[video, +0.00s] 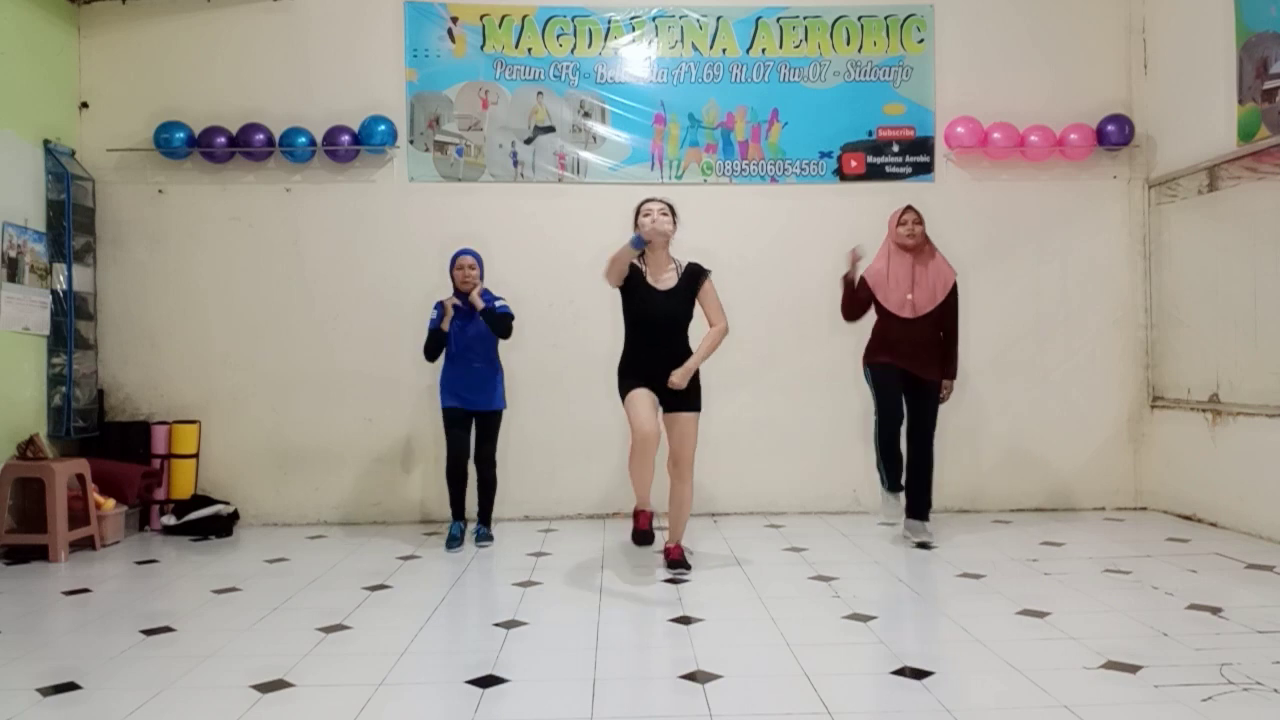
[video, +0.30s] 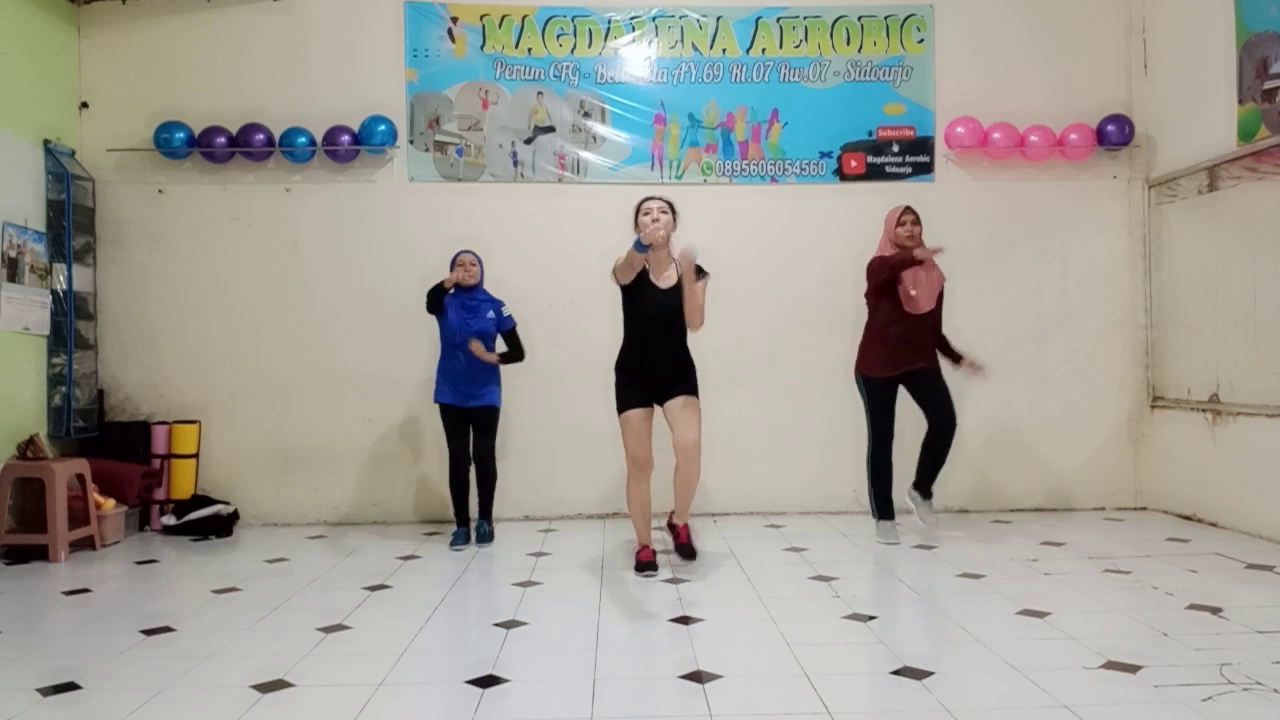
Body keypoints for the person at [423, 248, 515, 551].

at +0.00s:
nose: (466, 272)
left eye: (472, 267)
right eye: (460, 268)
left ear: (481, 273)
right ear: (452, 274)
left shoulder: (493, 302)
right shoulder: (443, 308)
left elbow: (505, 331)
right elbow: (431, 354)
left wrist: (478, 303)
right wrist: (445, 318)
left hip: (489, 394)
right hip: (455, 394)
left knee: (484, 459)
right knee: (457, 458)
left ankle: (484, 524)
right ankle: (457, 522)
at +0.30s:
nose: (467, 269)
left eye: (472, 265)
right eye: (461, 266)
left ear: (481, 272)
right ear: (452, 274)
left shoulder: (494, 306)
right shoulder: (445, 302)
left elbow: (518, 353)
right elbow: (432, 304)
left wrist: (493, 357)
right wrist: (444, 284)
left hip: (485, 393)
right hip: (451, 392)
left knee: (484, 457)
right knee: (458, 459)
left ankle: (484, 522)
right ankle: (462, 526)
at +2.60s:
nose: (478, 264)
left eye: (484, 261)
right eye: (472, 260)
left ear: (493, 269)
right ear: (464, 269)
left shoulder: (507, 304)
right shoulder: (452, 305)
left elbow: (518, 347)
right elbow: (431, 353)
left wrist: (523, 386)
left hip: (497, 391)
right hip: (463, 392)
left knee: (494, 460)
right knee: (468, 459)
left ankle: (493, 525)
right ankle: (471, 525)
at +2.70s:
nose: (477, 271)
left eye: (484, 267)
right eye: (472, 267)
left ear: (493, 276)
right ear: (464, 275)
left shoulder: (506, 309)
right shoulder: (454, 311)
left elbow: (522, 354)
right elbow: (429, 353)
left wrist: (534, 397)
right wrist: (432, 321)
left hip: (498, 398)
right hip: (463, 399)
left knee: (494, 464)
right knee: (470, 465)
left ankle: (493, 527)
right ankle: (472, 527)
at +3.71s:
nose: (484, 273)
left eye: (490, 270)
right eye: (479, 268)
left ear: (497, 275)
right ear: (470, 273)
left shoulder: (507, 302)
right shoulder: (460, 301)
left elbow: (509, 301)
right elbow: (452, 310)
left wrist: (484, 278)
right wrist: (462, 293)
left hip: (500, 391)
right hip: (465, 392)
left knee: (497, 460)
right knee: (470, 461)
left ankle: (500, 525)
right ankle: (472, 527)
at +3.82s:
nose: (485, 273)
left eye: (491, 269)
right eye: (479, 268)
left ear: (500, 274)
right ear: (471, 273)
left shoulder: (510, 299)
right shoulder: (463, 300)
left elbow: (507, 300)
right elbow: (454, 307)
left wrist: (483, 283)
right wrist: (460, 289)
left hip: (502, 390)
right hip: (467, 389)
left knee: (500, 458)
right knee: (468, 458)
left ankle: (500, 525)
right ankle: (469, 522)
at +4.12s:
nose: (480, 274)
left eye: (486, 269)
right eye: (474, 270)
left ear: (495, 274)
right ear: (467, 276)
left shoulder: (504, 302)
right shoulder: (459, 303)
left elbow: (507, 281)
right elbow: (451, 277)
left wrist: (486, 248)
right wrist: (461, 250)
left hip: (498, 391)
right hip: (464, 391)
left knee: (499, 459)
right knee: (469, 461)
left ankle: (500, 523)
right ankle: (472, 527)